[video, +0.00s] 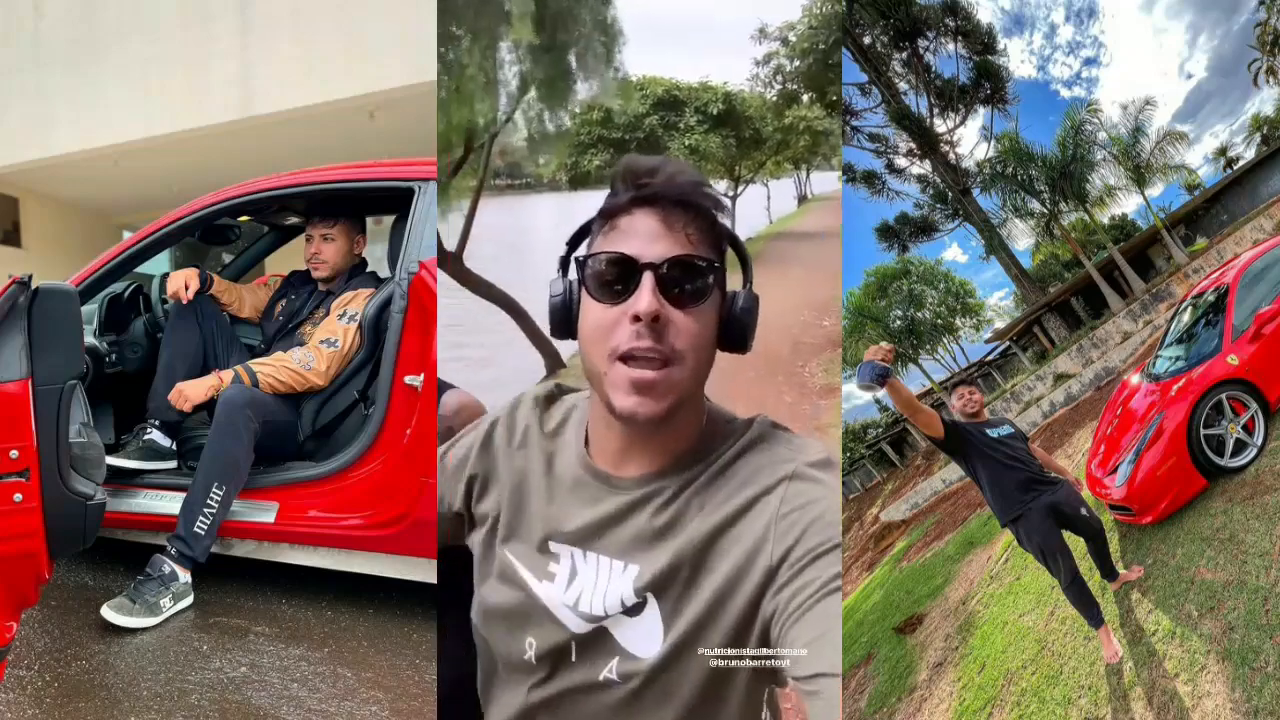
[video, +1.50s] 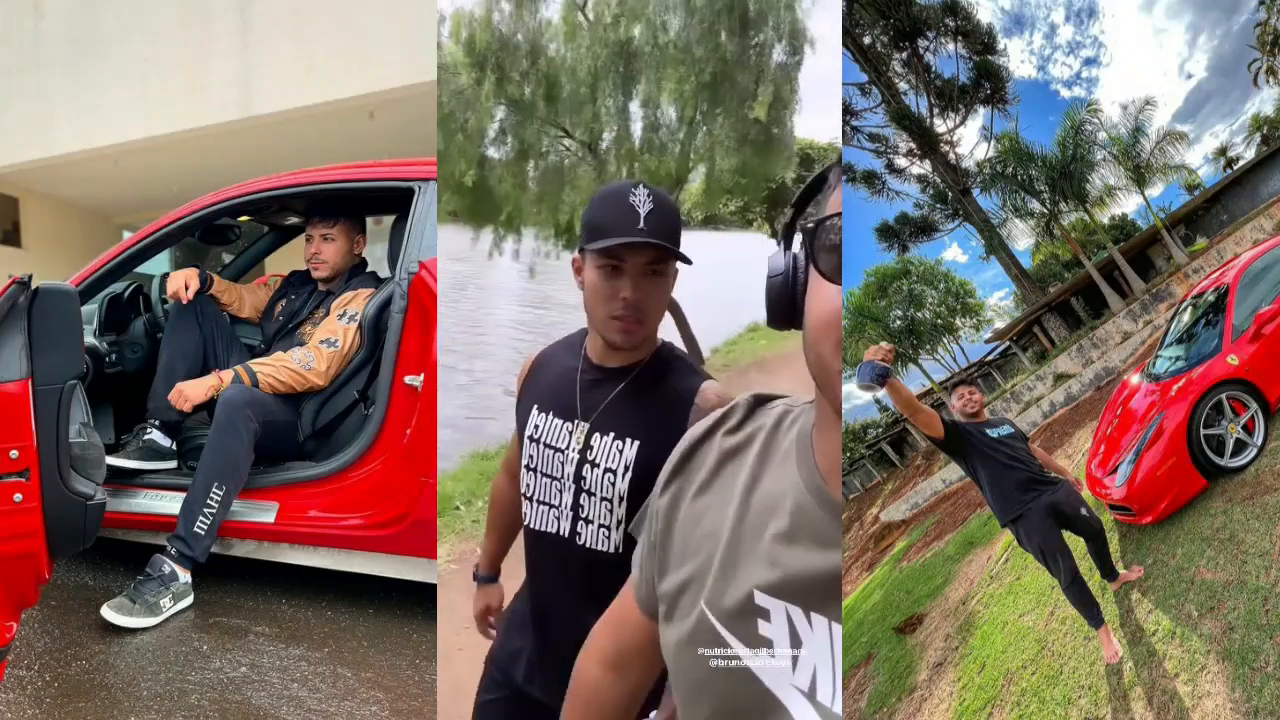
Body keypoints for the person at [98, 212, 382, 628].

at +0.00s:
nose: (314, 249)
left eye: (328, 239)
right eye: (310, 239)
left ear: (359, 245)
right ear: (304, 243)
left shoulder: (361, 297)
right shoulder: (291, 286)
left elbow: (315, 366)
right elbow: (242, 299)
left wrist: (219, 380)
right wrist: (201, 278)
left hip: (315, 410)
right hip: (265, 388)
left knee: (239, 402)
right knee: (196, 302)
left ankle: (177, 567)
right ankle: (161, 433)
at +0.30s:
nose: (314, 249)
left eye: (328, 239)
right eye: (310, 239)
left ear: (359, 245)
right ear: (304, 243)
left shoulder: (361, 297)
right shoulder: (291, 286)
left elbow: (315, 366)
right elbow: (242, 299)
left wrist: (219, 380)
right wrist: (201, 278)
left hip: (315, 410)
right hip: (265, 388)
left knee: (239, 402)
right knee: (196, 302)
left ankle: (177, 567)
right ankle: (161, 433)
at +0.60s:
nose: (314, 249)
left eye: (328, 239)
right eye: (310, 239)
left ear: (358, 244)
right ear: (303, 243)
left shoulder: (361, 297)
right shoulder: (292, 286)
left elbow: (315, 366)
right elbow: (244, 299)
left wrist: (219, 381)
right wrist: (203, 279)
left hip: (315, 411)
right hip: (265, 389)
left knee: (239, 402)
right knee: (197, 303)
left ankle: (177, 568)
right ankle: (161, 433)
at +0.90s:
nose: (315, 249)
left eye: (328, 239)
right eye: (310, 239)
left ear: (358, 245)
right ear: (304, 244)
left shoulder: (361, 297)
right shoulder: (292, 286)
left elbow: (315, 366)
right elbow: (243, 299)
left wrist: (219, 381)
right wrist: (203, 279)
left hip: (315, 411)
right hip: (265, 389)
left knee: (239, 402)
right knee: (196, 303)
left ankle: (177, 568)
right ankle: (161, 433)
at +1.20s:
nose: (315, 249)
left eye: (328, 239)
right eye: (310, 239)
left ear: (358, 245)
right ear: (304, 244)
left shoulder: (361, 297)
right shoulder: (292, 286)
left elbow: (315, 366)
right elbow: (243, 299)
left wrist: (219, 380)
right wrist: (203, 279)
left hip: (315, 410)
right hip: (265, 388)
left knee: (239, 402)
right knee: (196, 303)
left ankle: (177, 568)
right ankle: (161, 433)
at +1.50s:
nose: (315, 249)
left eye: (328, 239)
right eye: (310, 239)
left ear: (358, 245)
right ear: (304, 244)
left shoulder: (361, 297)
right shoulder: (292, 286)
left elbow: (315, 366)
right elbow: (243, 299)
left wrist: (219, 381)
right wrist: (203, 279)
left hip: (315, 411)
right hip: (265, 389)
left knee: (239, 402)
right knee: (196, 303)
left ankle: (177, 568)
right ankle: (161, 433)